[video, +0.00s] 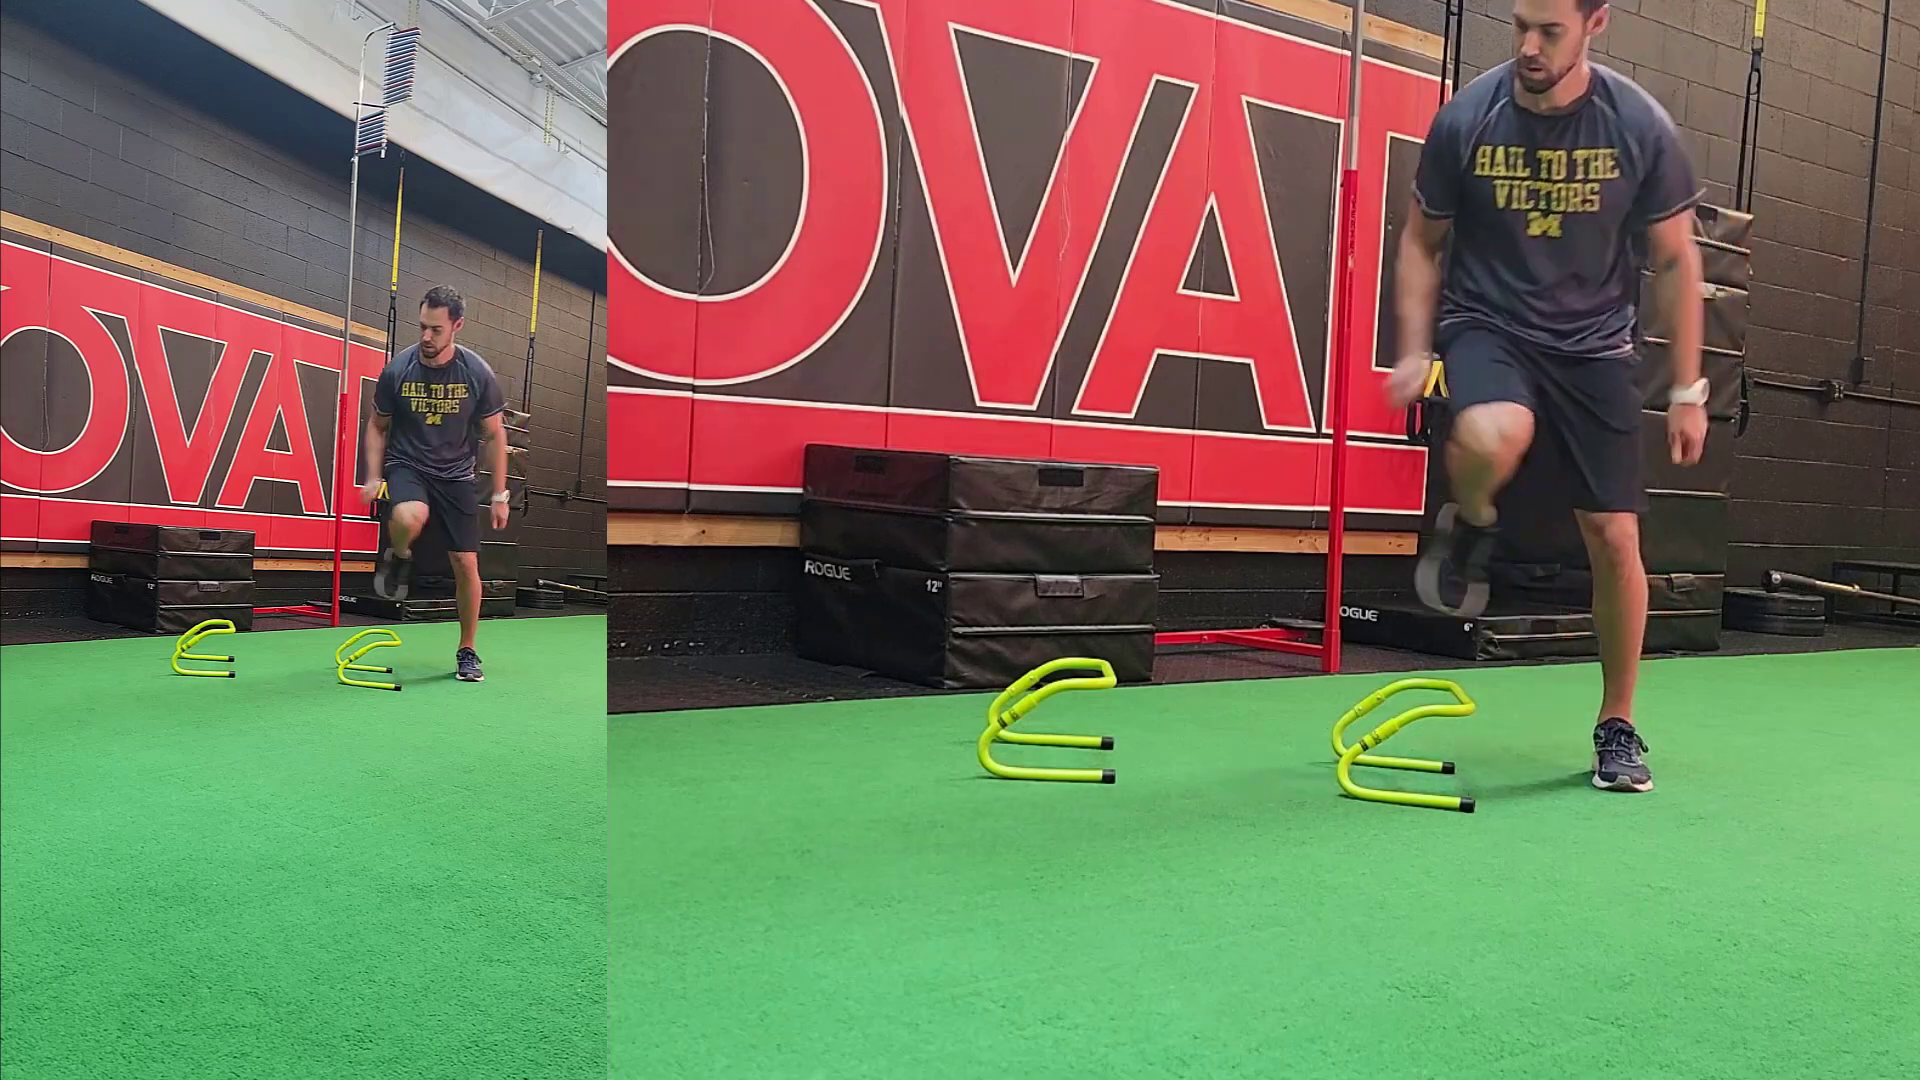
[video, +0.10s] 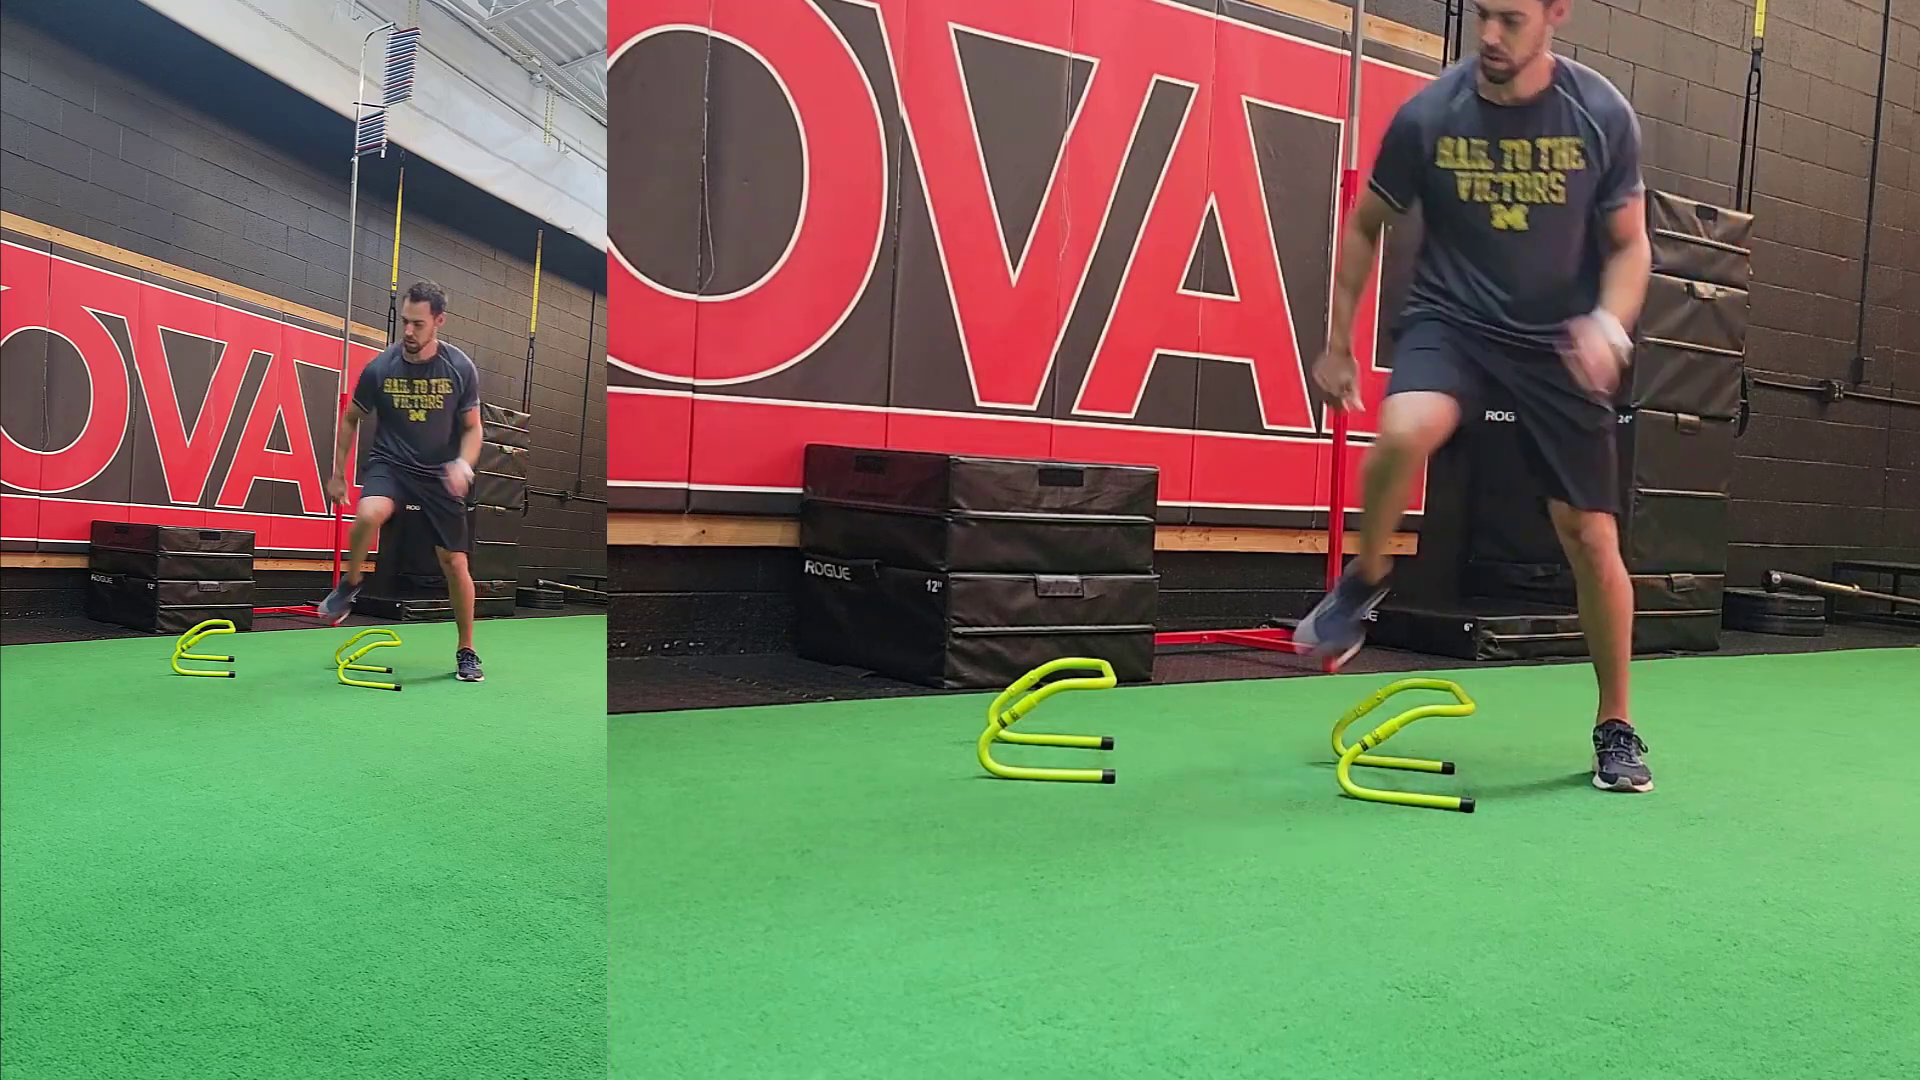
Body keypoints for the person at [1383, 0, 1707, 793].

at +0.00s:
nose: (1530, 48)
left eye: (1549, 31)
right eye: (1521, 28)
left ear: (1594, 24)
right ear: (1508, 23)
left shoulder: (1641, 126)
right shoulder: (1463, 121)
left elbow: (1677, 260)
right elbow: (1423, 240)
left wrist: (1688, 389)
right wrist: (1411, 350)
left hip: (1595, 343)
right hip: (1486, 325)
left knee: (1614, 534)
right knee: (1492, 438)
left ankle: (1618, 725)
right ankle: (1467, 525)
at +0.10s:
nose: (1490, 37)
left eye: (1510, 21)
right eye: (1482, 17)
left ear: (1554, 20)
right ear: (1468, 15)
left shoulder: (1604, 118)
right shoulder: (1427, 117)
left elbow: (1629, 246)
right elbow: (1365, 226)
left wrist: (1612, 324)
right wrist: (1335, 345)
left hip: (1562, 339)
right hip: (1450, 324)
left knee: (1591, 536)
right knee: (1401, 433)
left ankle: (1615, 725)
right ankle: (1365, 582)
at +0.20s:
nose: (1438, 10)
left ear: (1493, 1)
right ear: (1415, 0)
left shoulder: (1548, 74)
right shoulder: (1370, 76)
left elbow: (1589, 180)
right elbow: (1312, 185)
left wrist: (1547, 213)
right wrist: (1302, 308)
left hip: (1502, 320)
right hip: (1385, 308)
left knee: (1550, 500)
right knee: (1333, 473)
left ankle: (1603, 702)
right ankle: (1266, 661)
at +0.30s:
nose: (1390, 14)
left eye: (1408, 2)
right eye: (1379, 2)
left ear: (1444, 1)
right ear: (1364, 1)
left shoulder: (1497, 81)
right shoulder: (1312, 85)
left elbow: (1516, 184)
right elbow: (1273, 208)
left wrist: (1522, 276)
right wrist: (1266, 322)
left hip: (1445, 306)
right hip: (1329, 314)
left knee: (1490, 476)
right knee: (1296, 506)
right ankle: (1257, 695)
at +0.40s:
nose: (1340, 10)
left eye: (1358, 2)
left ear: (1390, 4)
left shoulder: (1438, 80)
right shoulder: (1261, 77)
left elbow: (1479, 183)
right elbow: (1211, 201)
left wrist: (1489, 297)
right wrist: (1245, 260)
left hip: (1387, 298)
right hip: (1281, 305)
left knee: (1380, 412)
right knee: (1261, 506)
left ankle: (1374, 559)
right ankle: (1251, 697)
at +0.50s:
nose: (1284, 7)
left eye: (1301, 0)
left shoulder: (1395, 61)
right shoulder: (1211, 53)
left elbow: (1436, 176)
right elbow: (1177, 178)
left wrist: (1433, 298)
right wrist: (1189, 249)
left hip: (1331, 281)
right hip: (1231, 277)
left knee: (1305, 448)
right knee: (1197, 451)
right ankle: (1226, 623)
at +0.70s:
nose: (1161, 6)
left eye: (1179, 2)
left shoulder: (1273, 66)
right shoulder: (1098, 46)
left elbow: (1317, 201)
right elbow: (1069, 158)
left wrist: (1259, 292)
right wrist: (1038, 251)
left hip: (1215, 298)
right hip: (1112, 273)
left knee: (1225, 491)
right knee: (1025, 402)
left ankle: (1268, 696)